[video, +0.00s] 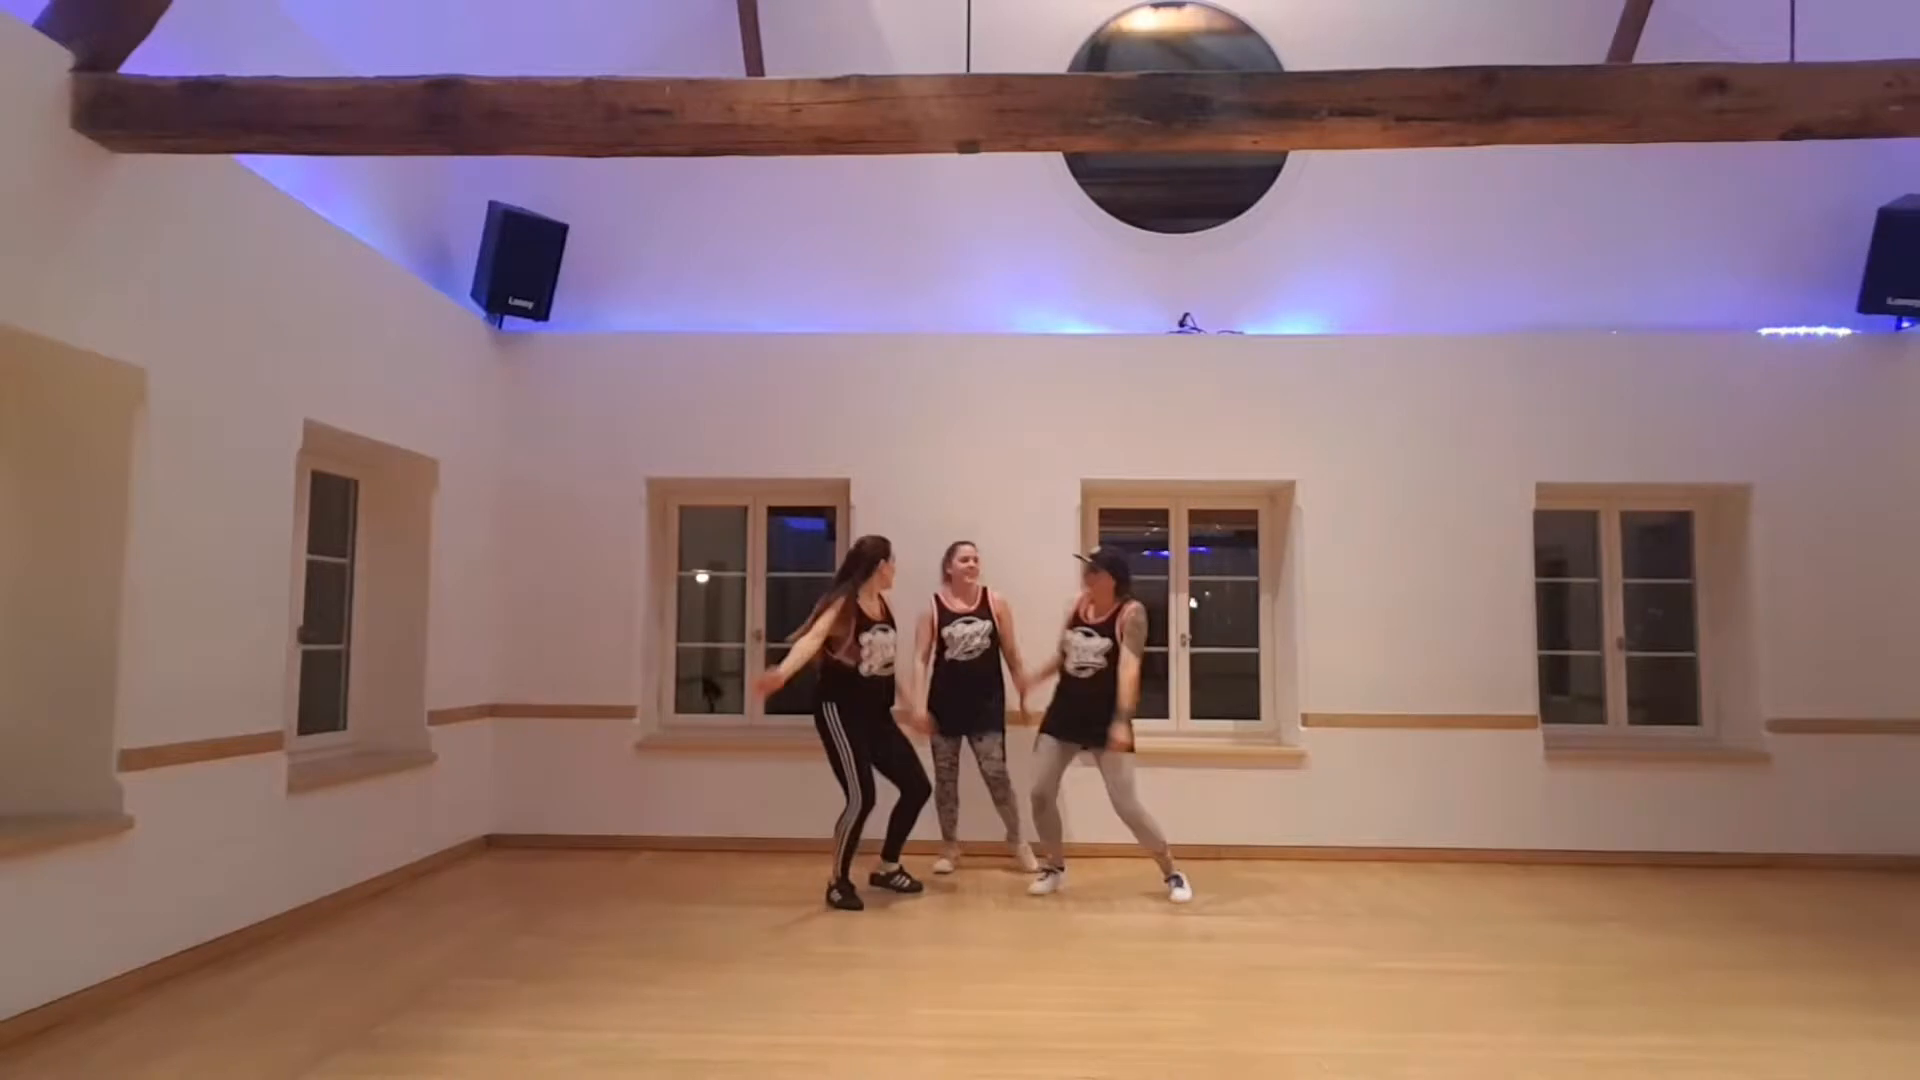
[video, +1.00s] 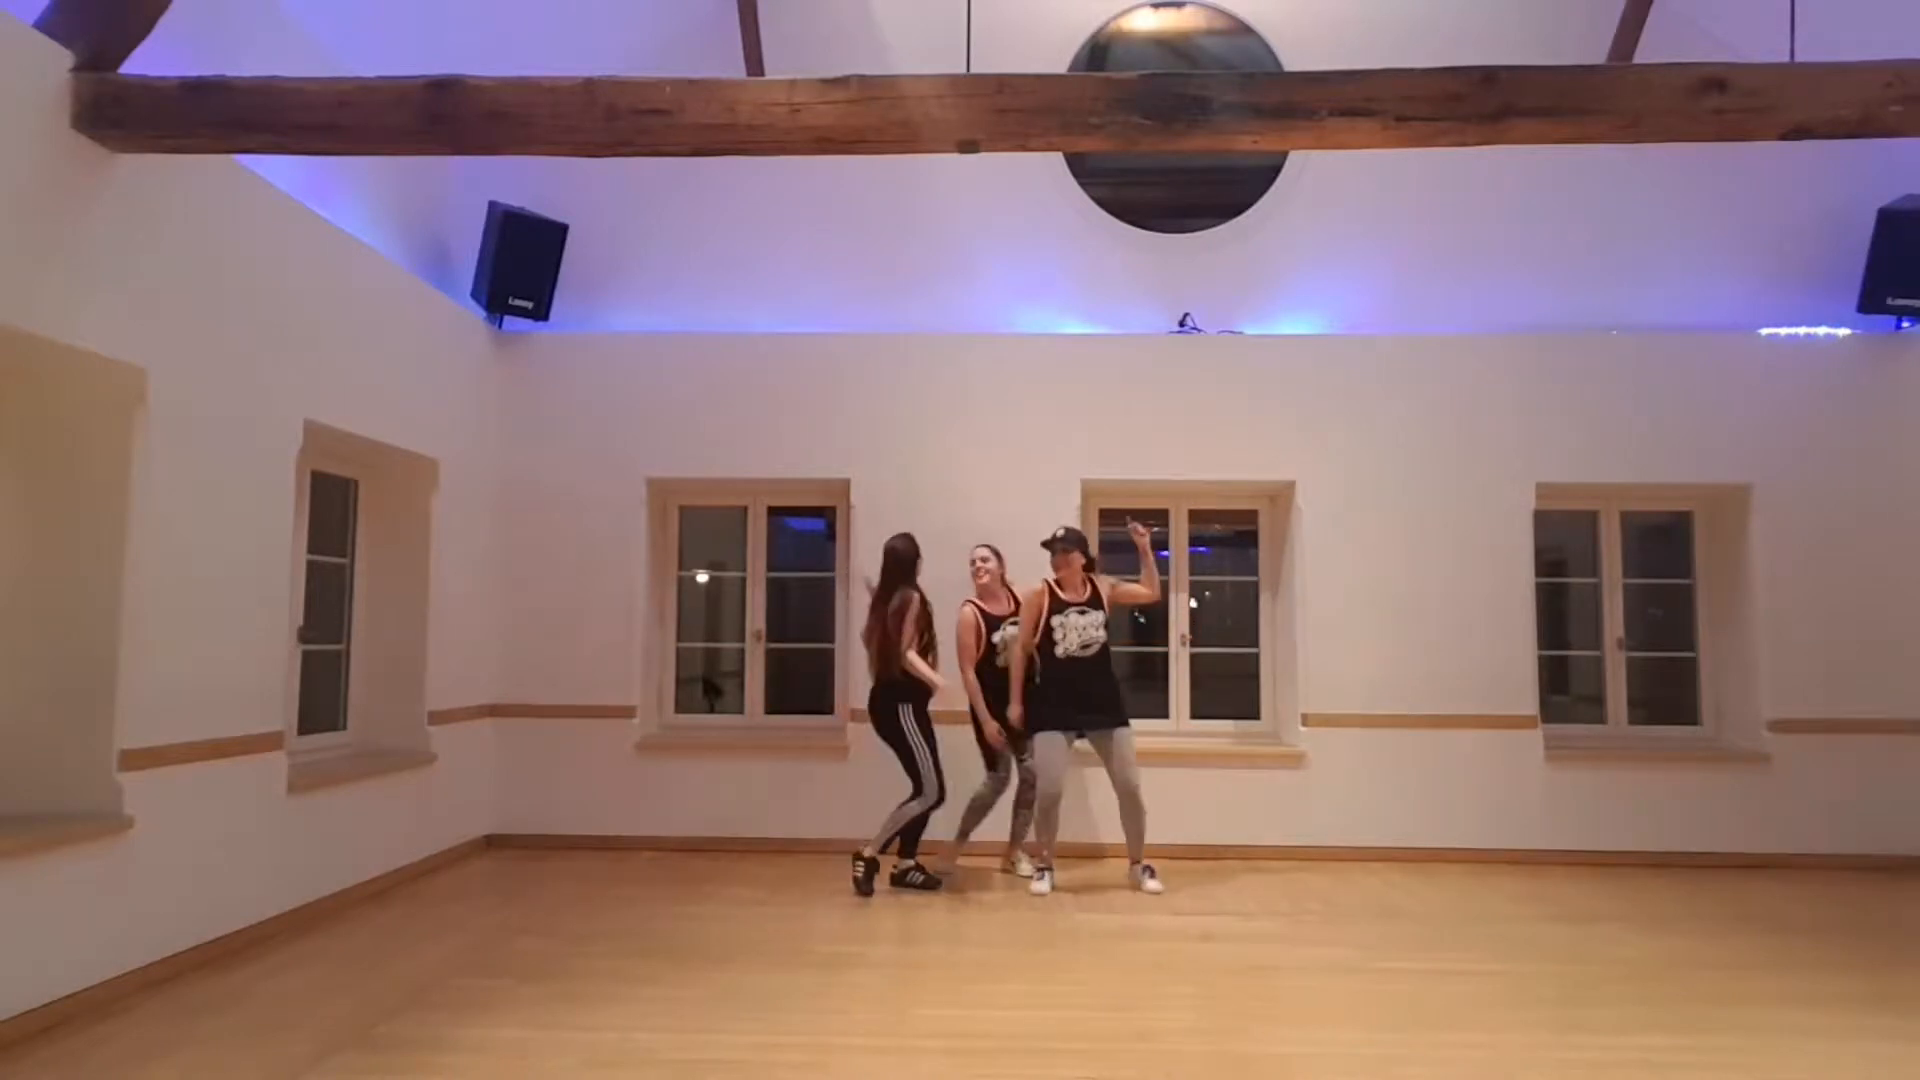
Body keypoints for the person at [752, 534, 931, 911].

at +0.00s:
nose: (894, 569)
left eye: (893, 562)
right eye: (891, 562)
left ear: (872, 567)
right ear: (878, 566)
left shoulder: (882, 604)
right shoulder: (842, 604)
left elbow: (887, 665)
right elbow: (812, 639)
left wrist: (909, 710)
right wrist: (782, 672)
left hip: (874, 711)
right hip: (838, 710)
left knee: (918, 788)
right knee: (861, 796)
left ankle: (887, 867)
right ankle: (838, 882)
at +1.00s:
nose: (921, 561)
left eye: (917, 555)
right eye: (919, 556)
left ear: (888, 561)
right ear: (915, 560)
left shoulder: (884, 596)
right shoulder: (911, 597)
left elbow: (868, 638)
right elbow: (905, 652)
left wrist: (884, 670)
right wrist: (937, 679)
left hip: (888, 698)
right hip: (901, 701)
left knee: (929, 788)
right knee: (930, 792)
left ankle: (906, 865)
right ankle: (869, 855)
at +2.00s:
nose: (924, 550)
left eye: (923, 544)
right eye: (918, 544)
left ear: (909, 551)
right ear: (896, 550)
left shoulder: (919, 584)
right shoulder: (863, 582)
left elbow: (964, 603)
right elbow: (810, 597)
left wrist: (972, 602)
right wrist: (815, 644)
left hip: (900, 697)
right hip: (859, 693)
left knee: (913, 782)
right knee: (855, 778)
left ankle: (900, 868)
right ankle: (834, 869)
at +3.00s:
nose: (803, 575)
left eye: (804, 568)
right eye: (797, 568)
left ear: (801, 572)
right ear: (774, 571)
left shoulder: (815, 604)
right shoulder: (753, 603)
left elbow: (838, 651)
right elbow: (775, 620)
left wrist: (858, 698)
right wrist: (832, 618)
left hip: (820, 714)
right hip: (777, 717)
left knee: (860, 786)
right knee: (748, 797)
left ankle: (898, 861)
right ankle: (734, 865)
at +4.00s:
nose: (665, 590)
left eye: (668, 584)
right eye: (657, 584)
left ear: (673, 590)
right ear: (634, 590)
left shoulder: (686, 621)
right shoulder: (620, 628)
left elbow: (723, 659)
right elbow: (644, 641)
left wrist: (756, 691)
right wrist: (706, 629)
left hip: (705, 730)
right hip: (660, 734)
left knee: (739, 799)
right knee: (617, 800)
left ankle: (764, 865)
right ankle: (602, 865)